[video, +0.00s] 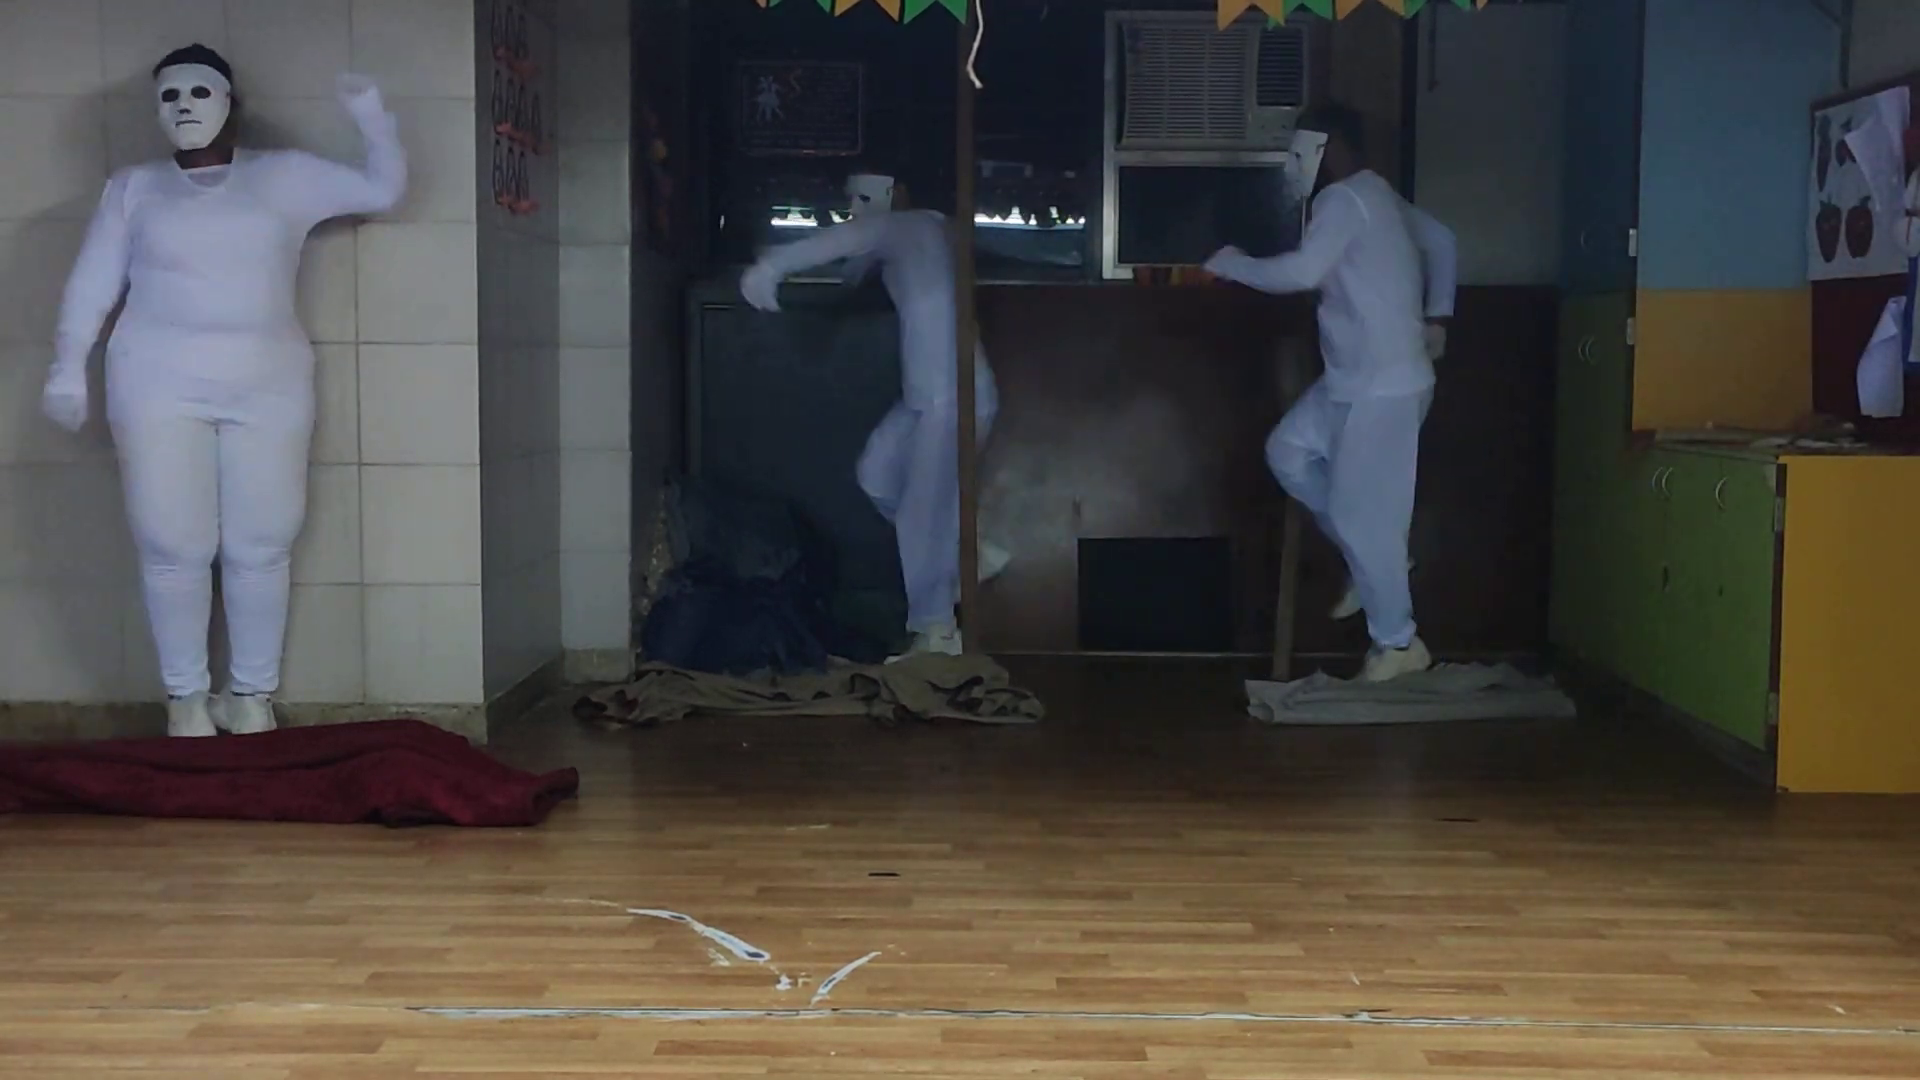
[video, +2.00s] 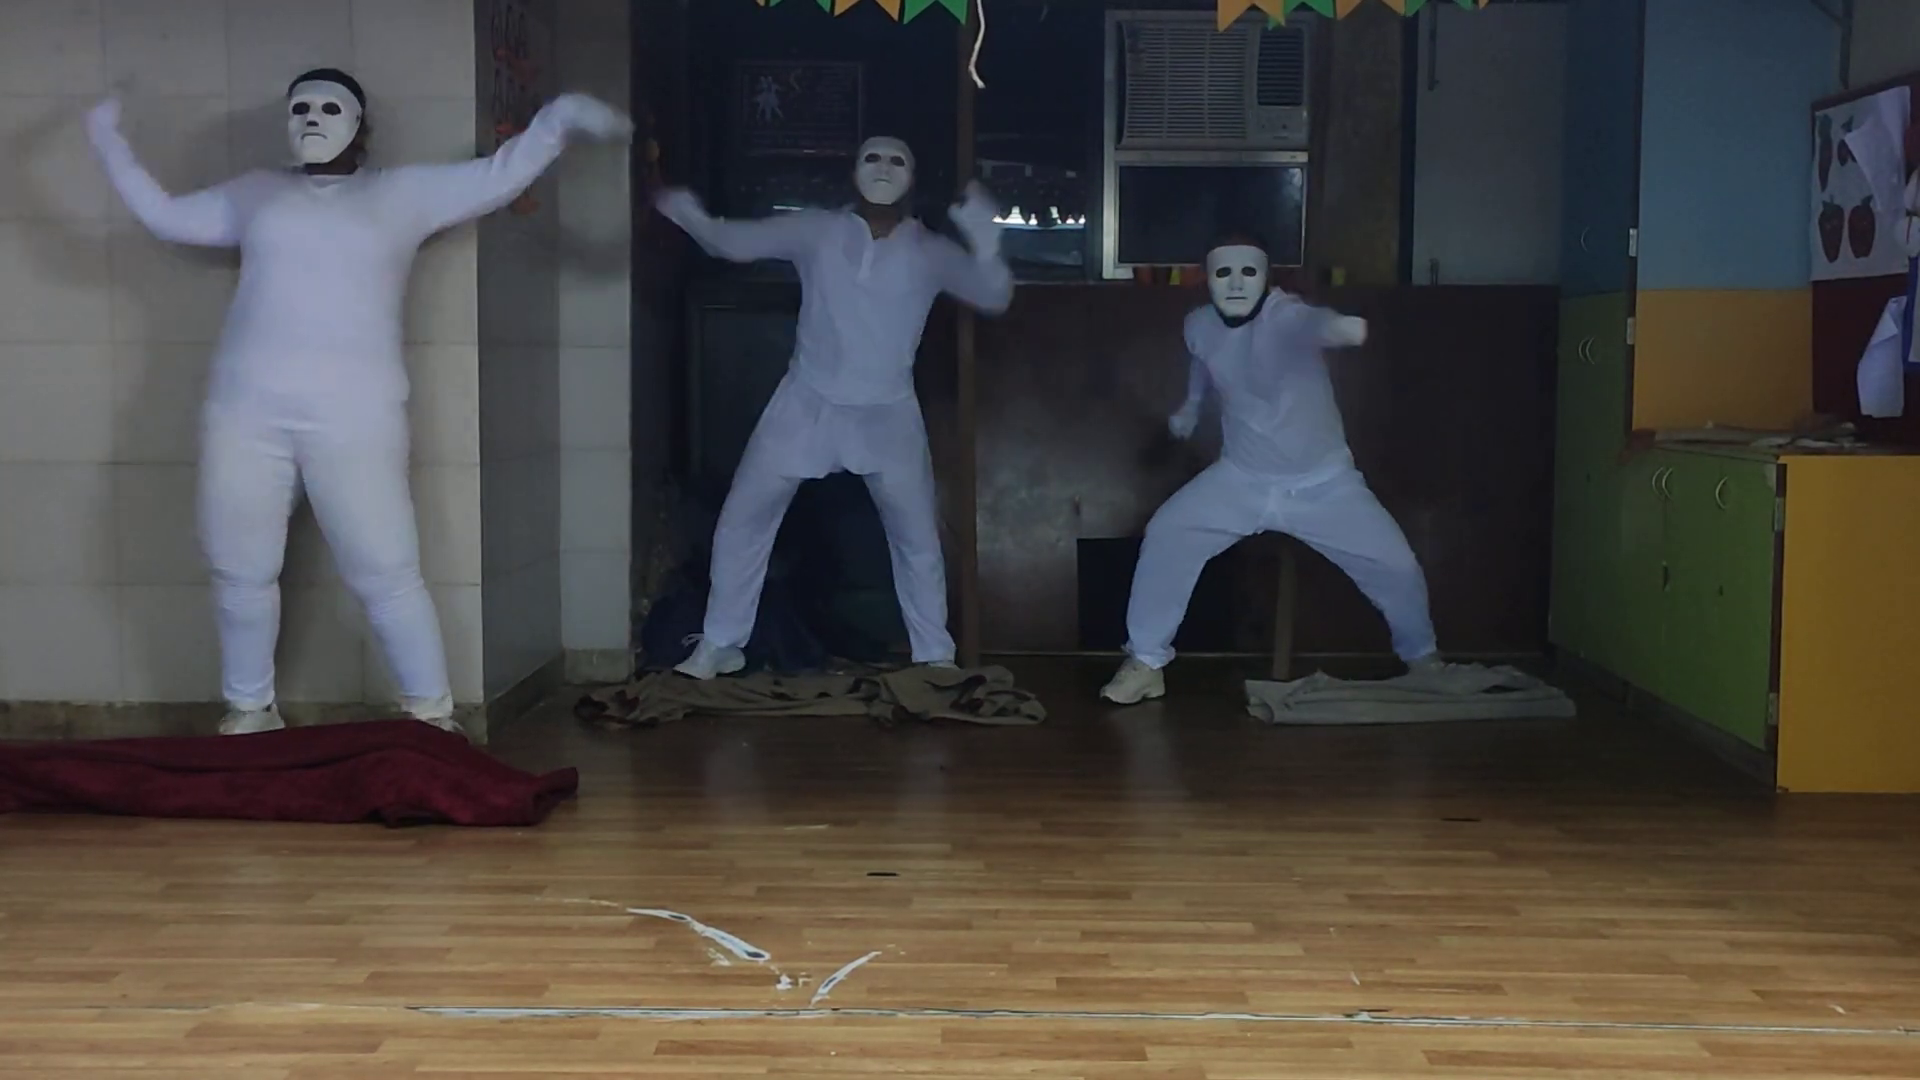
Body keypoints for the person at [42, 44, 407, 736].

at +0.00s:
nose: (185, 108)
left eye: (200, 93)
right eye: (171, 96)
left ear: (229, 101)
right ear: (158, 109)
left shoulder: (282, 179)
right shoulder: (134, 191)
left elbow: (382, 190)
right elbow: (92, 284)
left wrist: (375, 124)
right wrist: (69, 368)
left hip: (268, 389)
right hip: (159, 390)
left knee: (260, 548)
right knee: (174, 549)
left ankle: (252, 699)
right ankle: (187, 701)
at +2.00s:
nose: (311, 119)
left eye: (328, 108)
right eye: (300, 109)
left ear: (358, 125)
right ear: (287, 123)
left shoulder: (396, 195)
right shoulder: (257, 198)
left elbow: (497, 178)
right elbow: (165, 214)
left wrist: (556, 122)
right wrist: (108, 139)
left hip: (353, 414)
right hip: (249, 411)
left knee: (384, 571)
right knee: (241, 572)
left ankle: (431, 715)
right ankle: (249, 715)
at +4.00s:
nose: (231, 153)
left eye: (238, 136)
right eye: (214, 152)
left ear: (271, 138)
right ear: (209, 173)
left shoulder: (350, 221)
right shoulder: (205, 239)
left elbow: (440, 269)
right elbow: (149, 323)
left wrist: (509, 253)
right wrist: (55, 347)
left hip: (327, 430)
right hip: (213, 432)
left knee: (374, 569)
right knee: (214, 580)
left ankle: (391, 716)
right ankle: (230, 720)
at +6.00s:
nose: (252, 403)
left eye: (270, 388)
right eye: (240, 388)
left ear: (297, 391)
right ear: (225, 391)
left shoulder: (327, 438)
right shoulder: (197, 451)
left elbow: (343, 541)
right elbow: (193, 551)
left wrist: (376, 621)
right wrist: (136, 628)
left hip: (315, 580)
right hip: (232, 585)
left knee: (399, 582)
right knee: (121, 586)